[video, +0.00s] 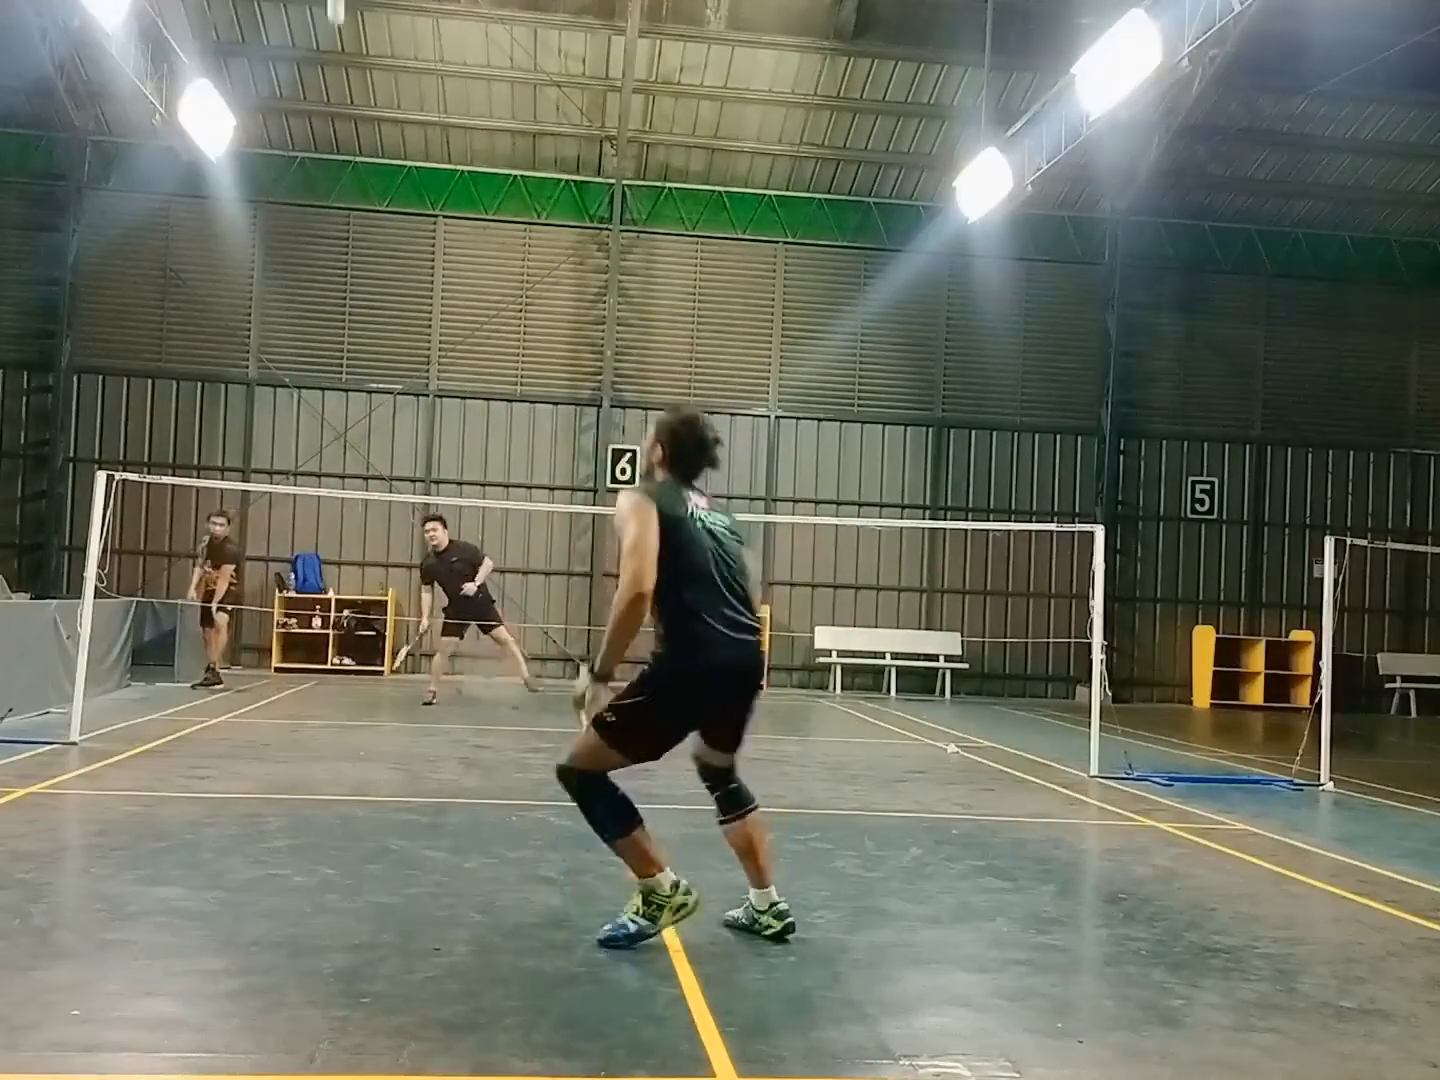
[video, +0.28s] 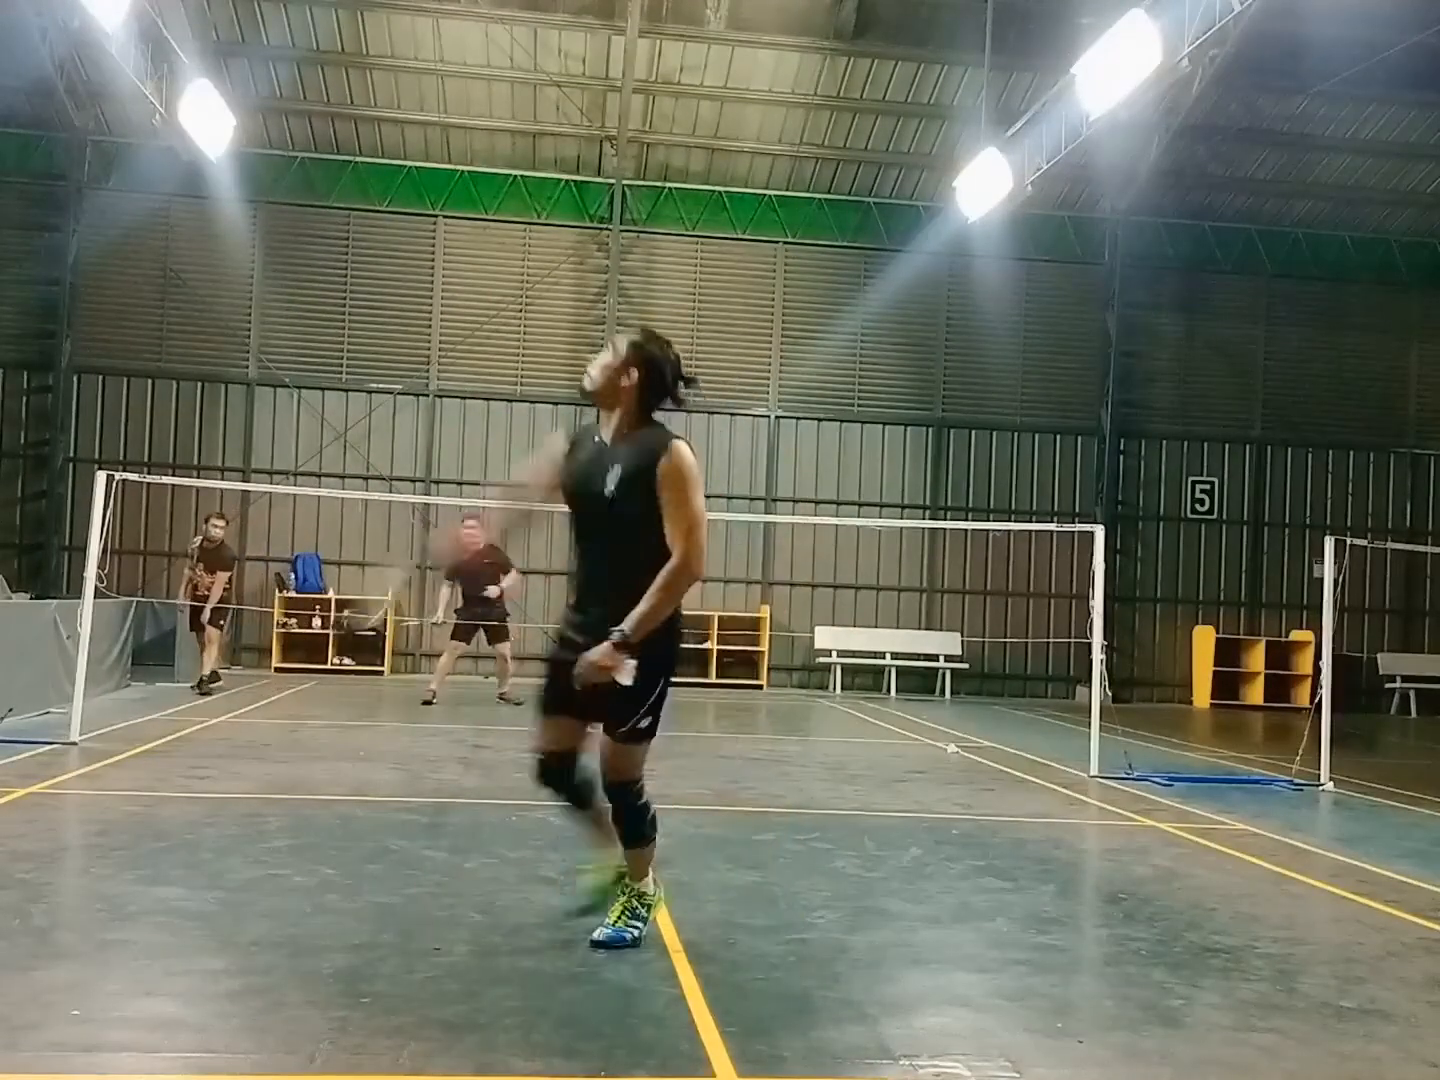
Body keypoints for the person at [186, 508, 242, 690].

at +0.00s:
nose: (217, 528)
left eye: (221, 525)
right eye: (214, 524)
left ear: (228, 528)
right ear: (208, 525)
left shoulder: (230, 549)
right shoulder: (205, 545)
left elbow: (225, 577)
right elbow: (199, 567)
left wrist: (216, 601)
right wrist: (192, 588)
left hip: (227, 589)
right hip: (209, 588)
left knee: (220, 620)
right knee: (207, 631)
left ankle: (213, 666)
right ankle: (212, 671)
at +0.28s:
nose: (217, 531)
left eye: (221, 528)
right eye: (213, 526)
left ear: (225, 531)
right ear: (205, 526)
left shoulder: (227, 554)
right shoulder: (196, 545)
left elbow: (220, 584)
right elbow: (189, 569)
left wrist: (209, 607)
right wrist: (182, 593)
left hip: (218, 599)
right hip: (198, 597)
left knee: (211, 637)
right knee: (201, 639)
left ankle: (204, 677)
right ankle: (212, 672)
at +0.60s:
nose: (214, 528)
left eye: (219, 525)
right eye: (211, 523)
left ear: (222, 528)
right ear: (201, 523)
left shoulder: (224, 552)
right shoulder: (190, 539)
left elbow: (218, 582)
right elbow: (174, 559)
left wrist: (208, 605)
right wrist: (164, 582)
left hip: (213, 596)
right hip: (190, 593)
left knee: (209, 635)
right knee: (179, 633)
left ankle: (204, 678)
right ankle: (192, 664)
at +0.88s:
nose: (202, 526)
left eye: (205, 523)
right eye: (198, 522)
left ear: (208, 526)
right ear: (187, 523)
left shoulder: (211, 549)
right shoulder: (173, 542)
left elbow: (212, 579)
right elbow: (158, 561)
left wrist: (205, 607)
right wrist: (154, 586)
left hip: (200, 600)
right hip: (175, 599)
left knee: (202, 641)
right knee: (168, 637)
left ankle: (202, 680)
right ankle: (161, 681)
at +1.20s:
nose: (184, 516)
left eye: (186, 513)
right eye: (180, 512)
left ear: (188, 516)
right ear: (166, 514)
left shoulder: (193, 542)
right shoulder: (151, 537)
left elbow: (204, 570)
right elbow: (136, 563)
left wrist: (210, 598)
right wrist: (133, 591)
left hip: (184, 595)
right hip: (156, 594)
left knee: (189, 635)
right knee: (157, 638)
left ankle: (187, 670)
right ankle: (159, 682)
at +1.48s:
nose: (175, 516)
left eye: (177, 513)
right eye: (170, 512)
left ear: (179, 516)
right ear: (157, 515)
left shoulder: (185, 542)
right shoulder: (142, 538)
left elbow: (194, 570)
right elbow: (126, 565)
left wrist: (194, 599)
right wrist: (119, 589)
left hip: (175, 597)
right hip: (150, 597)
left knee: (167, 639)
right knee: (153, 642)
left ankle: (160, 685)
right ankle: (156, 683)